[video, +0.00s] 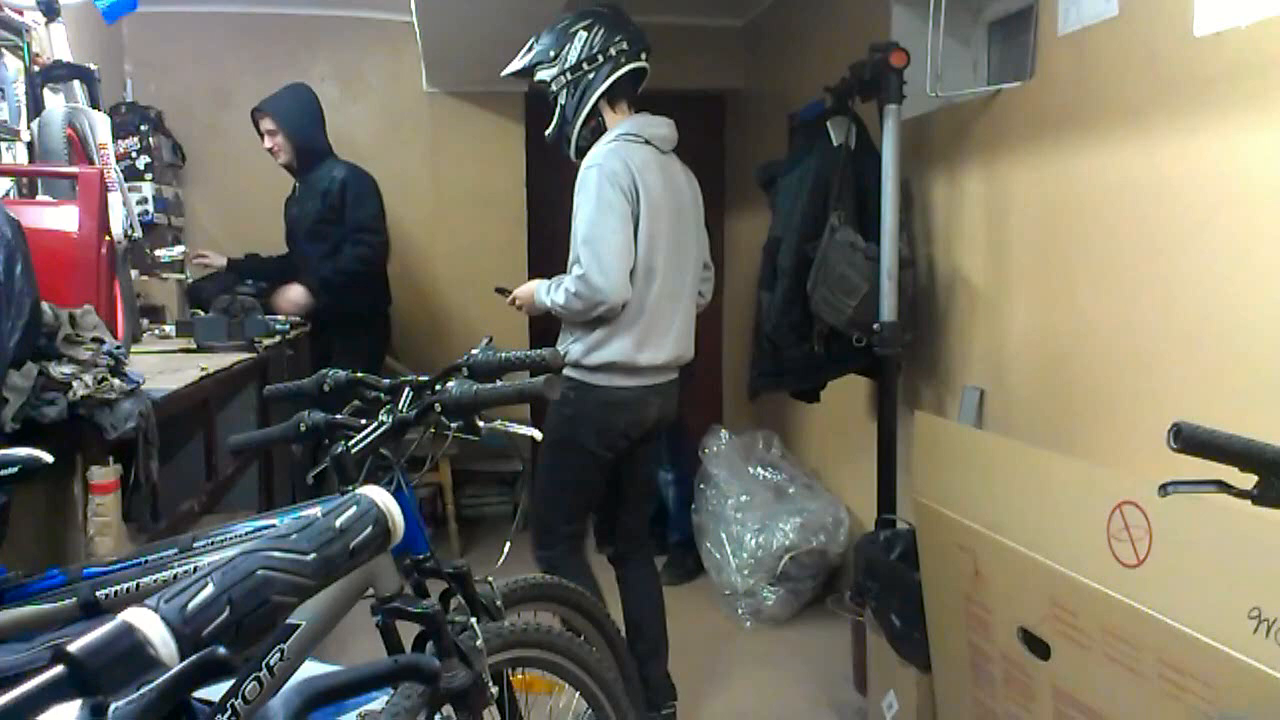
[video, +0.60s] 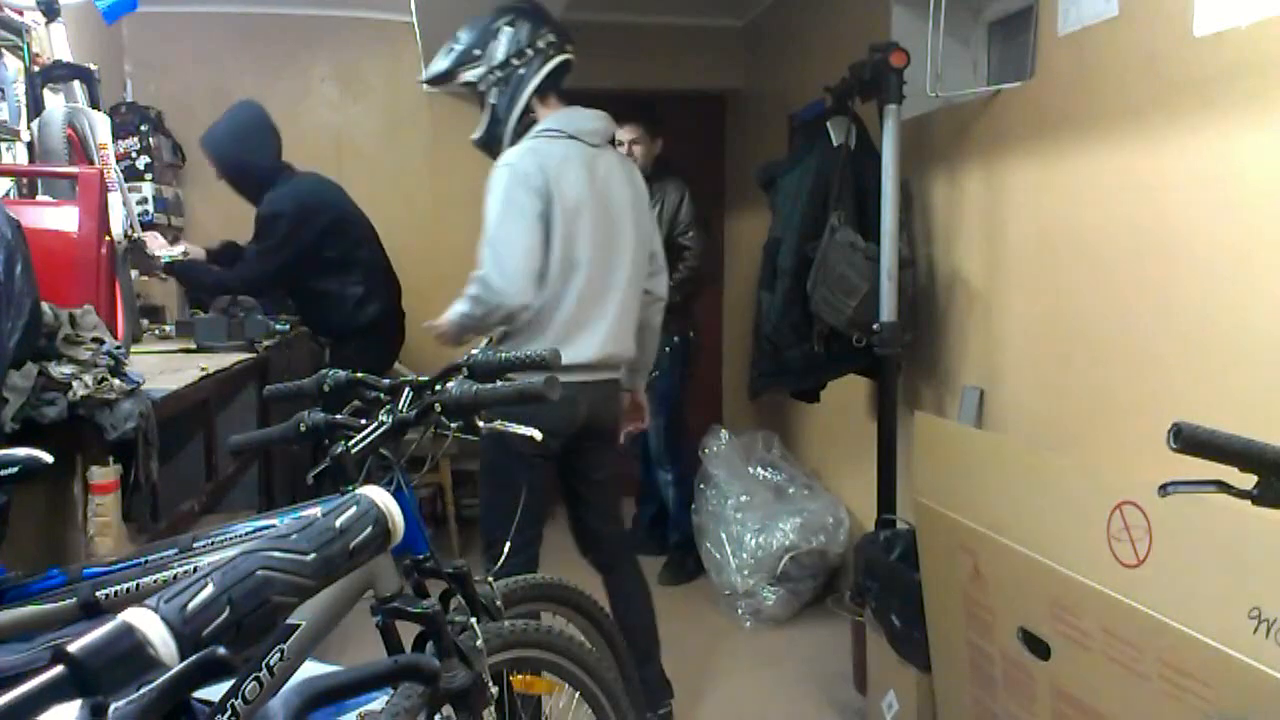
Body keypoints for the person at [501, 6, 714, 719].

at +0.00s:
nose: (557, 107)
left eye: (560, 90)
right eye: (554, 92)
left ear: (590, 86)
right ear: (627, 83)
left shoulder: (607, 165)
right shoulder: (679, 171)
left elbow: (601, 287)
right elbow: (702, 286)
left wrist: (541, 294)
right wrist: (634, 310)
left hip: (597, 395)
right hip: (656, 392)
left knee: (557, 539)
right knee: (633, 543)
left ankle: (609, 691)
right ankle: (653, 693)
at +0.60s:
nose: (483, 108)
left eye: (486, 91)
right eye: (480, 92)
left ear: (516, 82)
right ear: (550, 80)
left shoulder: (524, 164)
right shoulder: (621, 164)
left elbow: (508, 288)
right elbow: (653, 283)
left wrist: (454, 324)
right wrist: (634, 378)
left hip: (530, 394)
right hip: (602, 394)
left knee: (507, 552)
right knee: (610, 544)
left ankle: (505, 696)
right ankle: (649, 697)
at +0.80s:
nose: (444, 105)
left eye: (446, 87)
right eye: (440, 89)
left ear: (479, 74)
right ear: (517, 72)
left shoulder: (487, 166)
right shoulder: (601, 164)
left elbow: (441, 279)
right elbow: (634, 281)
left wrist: (375, 340)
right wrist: (609, 375)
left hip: (507, 392)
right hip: (580, 391)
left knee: (503, 553)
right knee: (583, 537)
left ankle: (508, 696)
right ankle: (636, 690)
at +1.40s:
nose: (421, 115)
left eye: (425, 97)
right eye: (417, 99)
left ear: (462, 81)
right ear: (479, 78)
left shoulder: (500, 165)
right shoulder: (564, 162)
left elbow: (484, 304)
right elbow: (597, 275)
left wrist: (423, 377)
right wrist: (554, 352)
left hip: (503, 393)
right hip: (555, 386)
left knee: (493, 553)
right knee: (542, 530)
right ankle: (606, 669)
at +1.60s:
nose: (461, 119)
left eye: (475, 102)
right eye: (448, 105)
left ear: (514, 90)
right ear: (435, 101)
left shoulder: (560, 174)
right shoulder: (498, 172)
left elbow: (564, 299)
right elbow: (495, 292)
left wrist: (507, 376)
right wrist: (470, 369)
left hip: (553, 382)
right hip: (508, 379)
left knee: (517, 541)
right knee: (527, 532)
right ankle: (581, 652)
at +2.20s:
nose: (505, 131)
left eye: (514, 117)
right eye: (503, 118)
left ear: (554, 112)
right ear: (549, 114)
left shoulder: (610, 203)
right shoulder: (542, 195)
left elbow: (604, 328)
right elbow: (519, 314)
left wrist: (544, 396)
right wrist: (465, 351)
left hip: (555, 399)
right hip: (505, 392)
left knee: (545, 551)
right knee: (511, 543)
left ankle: (599, 666)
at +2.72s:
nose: (522, 112)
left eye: (526, 95)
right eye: (522, 96)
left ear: (555, 94)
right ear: (596, 97)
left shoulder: (591, 193)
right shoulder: (626, 189)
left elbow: (574, 334)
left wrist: (495, 406)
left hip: (566, 416)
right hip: (594, 409)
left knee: (528, 565)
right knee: (542, 556)